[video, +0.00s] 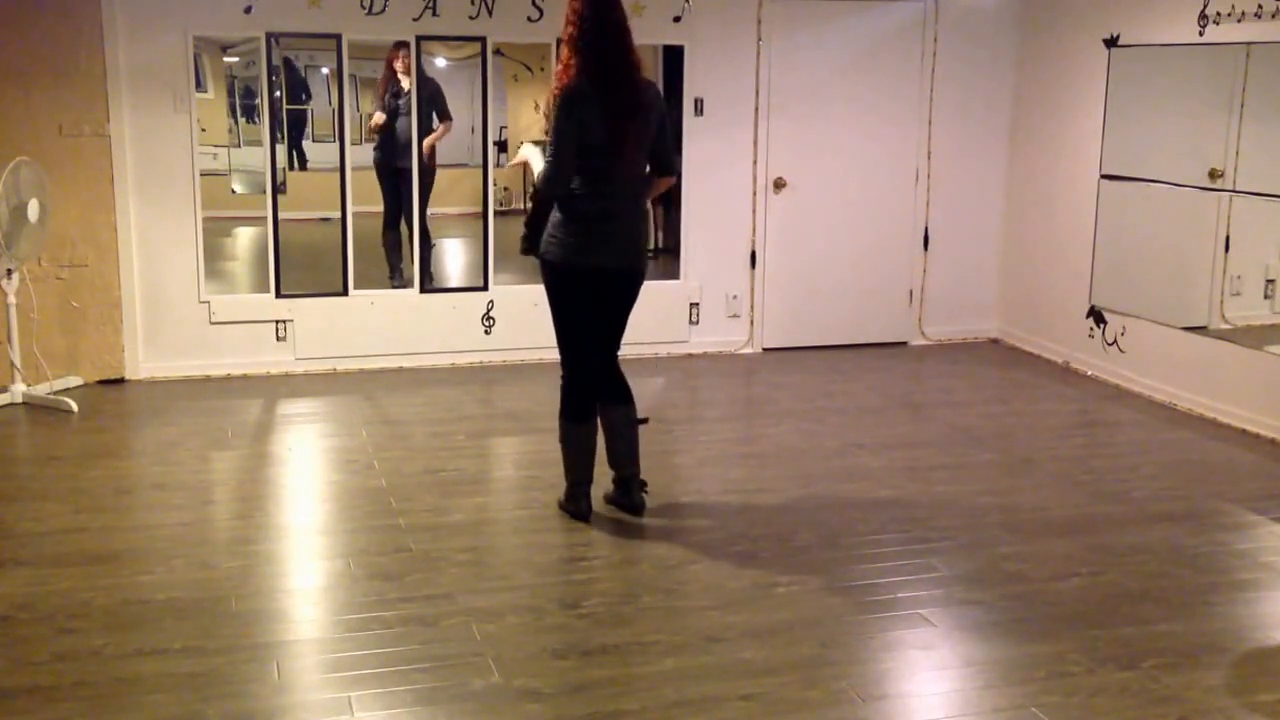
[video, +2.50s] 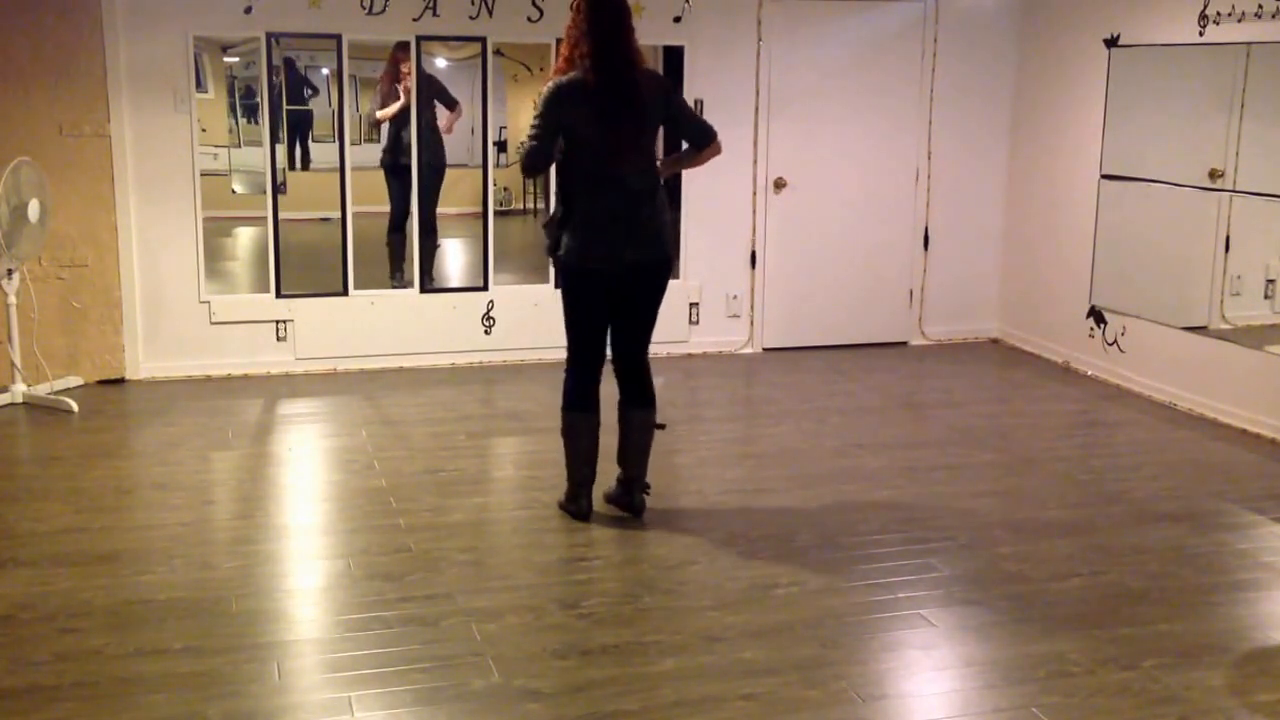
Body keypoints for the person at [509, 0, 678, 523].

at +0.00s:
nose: (563, 40)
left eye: (567, 33)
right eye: (568, 31)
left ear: (574, 39)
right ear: (623, 37)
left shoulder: (569, 97)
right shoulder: (648, 95)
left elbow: (556, 178)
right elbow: (669, 170)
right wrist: (635, 201)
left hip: (569, 249)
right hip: (627, 250)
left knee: (577, 365)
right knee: (606, 358)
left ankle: (578, 493)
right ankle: (629, 482)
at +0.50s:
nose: (561, 43)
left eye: (565, 34)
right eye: (565, 33)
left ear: (575, 40)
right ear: (624, 35)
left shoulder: (568, 98)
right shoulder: (649, 90)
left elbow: (540, 179)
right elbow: (681, 155)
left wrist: (546, 153)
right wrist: (643, 183)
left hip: (585, 253)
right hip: (641, 252)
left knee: (584, 366)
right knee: (628, 358)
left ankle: (579, 492)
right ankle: (631, 483)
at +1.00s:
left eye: (572, 26)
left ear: (571, 35)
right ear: (624, 34)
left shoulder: (554, 95)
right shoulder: (649, 93)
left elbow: (528, 169)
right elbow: (678, 172)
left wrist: (563, 151)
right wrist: (641, 156)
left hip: (583, 256)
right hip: (647, 254)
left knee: (581, 364)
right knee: (639, 362)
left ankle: (579, 492)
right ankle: (632, 486)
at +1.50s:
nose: (570, 32)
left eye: (574, 24)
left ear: (574, 33)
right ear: (625, 34)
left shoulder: (554, 90)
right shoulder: (644, 94)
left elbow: (528, 165)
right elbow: (669, 179)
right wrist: (667, 164)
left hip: (571, 253)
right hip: (634, 254)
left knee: (580, 362)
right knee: (633, 362)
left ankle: (579, 492)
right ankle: (633, 487)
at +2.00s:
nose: (566, 41)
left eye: (570, 32)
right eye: (571, 32)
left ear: (577, 39)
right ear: (626, 35)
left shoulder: (567, 94)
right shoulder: (653, 94)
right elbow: (695, 166)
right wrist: (656, 163)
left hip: (562, 254)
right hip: (626, 259)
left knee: (566, 365)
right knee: (612, 359)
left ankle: (578, 493)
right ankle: (631, 485)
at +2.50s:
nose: (567, 36)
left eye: (571, 27)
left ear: (576, 35)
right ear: (627, 32)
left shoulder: (562, 93)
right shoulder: (652, 86)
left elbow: (533, 163)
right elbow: (708, 145)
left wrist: (559, 133)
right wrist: (662, 167)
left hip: (586, 252)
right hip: (647, 251)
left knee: (583, 365)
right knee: (634, 358)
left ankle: (579, 492)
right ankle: (633, 485)